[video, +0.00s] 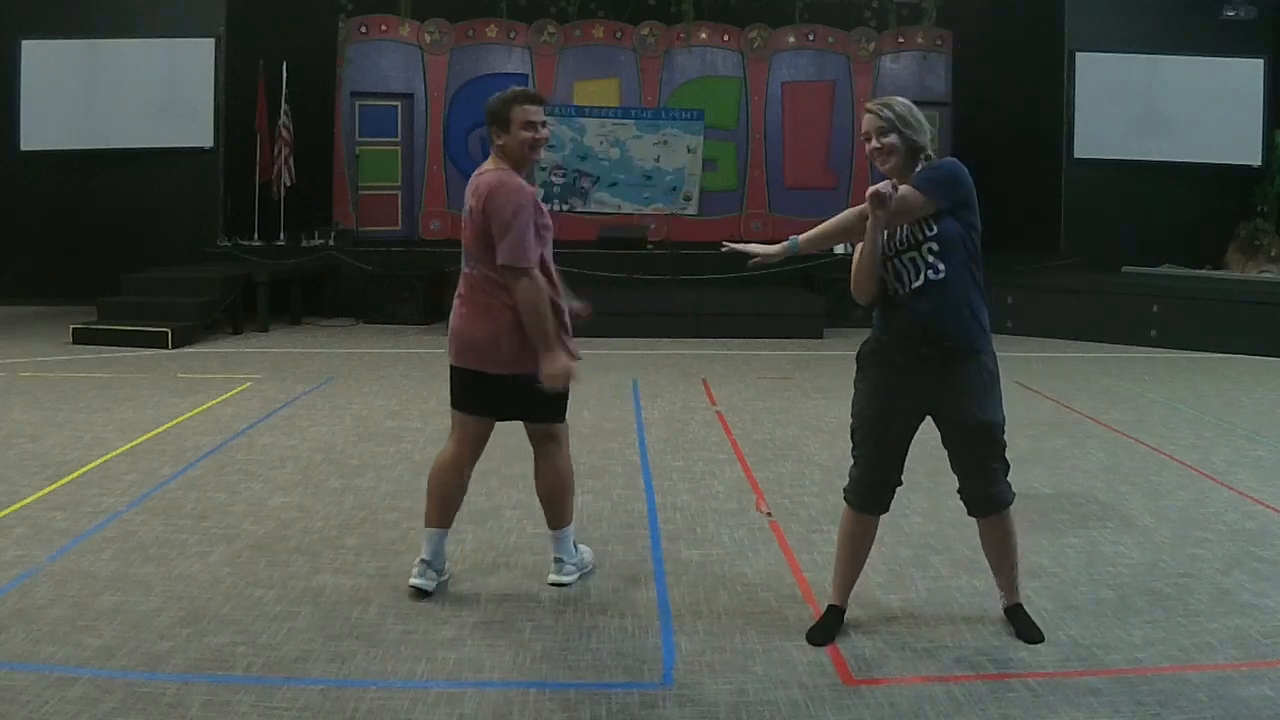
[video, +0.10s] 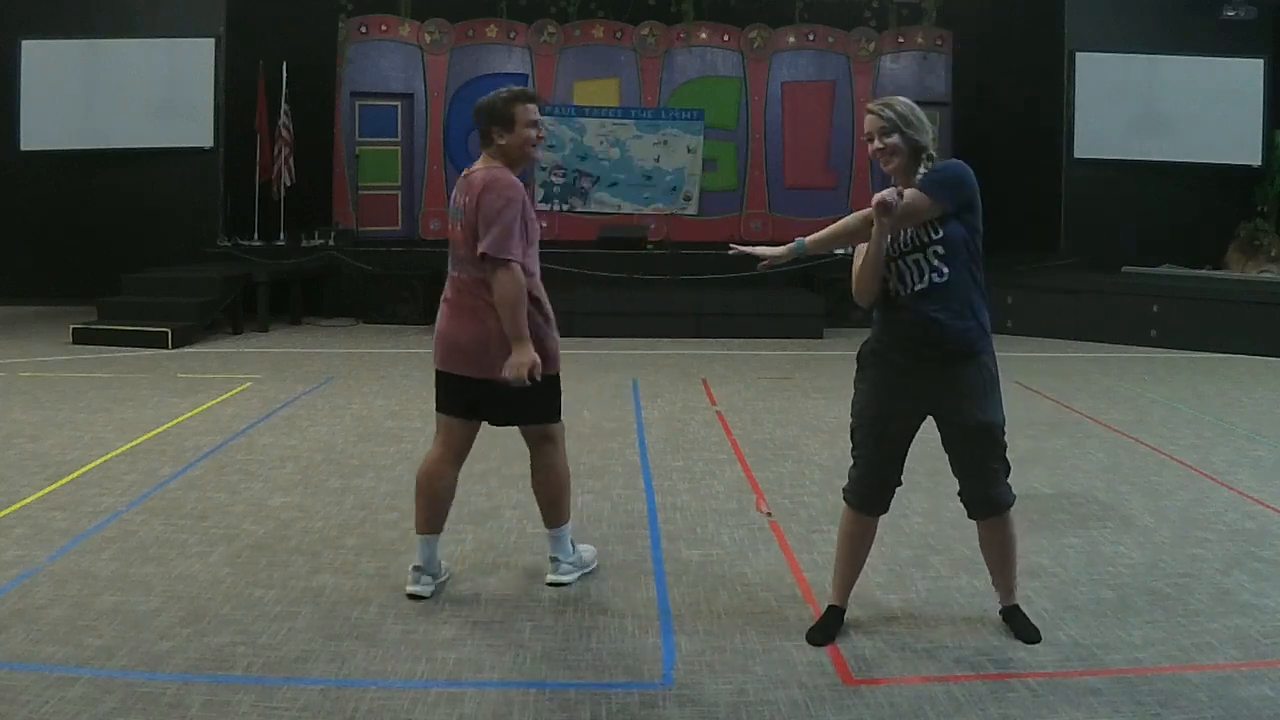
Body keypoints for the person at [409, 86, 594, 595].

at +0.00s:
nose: (540, 135)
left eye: (543, 126)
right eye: (529, 126)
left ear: (540, 130)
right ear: (500, 134)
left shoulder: (483, 181)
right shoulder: (513, 192)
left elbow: (520, 259)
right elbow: (523, 278)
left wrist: (560, 299)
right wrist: (549, 348)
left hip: (474, 342)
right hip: (523, 344)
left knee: (460, 446)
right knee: (550, 444)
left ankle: (430, 561)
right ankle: (565, 556)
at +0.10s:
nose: (541, 133)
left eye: (539, 124)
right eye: (531, 125)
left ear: (496, 135)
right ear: (499, 133)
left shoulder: (469, 179)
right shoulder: (504, 186)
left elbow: (473, 262)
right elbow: (503, 268)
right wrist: (520, 344)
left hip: (460, 340)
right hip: (515, 341)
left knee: (447, 448)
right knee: (546, 442)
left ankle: (425, 567)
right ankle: (563, 555)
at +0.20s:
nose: (538, 133)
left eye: (536, 123)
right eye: (533, 124)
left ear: (483, 133)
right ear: (510, 132)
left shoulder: (451, 183)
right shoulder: (509, 189)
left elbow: (443, 259)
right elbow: (512, 272)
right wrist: (534, 347)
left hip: (447, 345)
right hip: (505, 347)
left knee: (439, 446)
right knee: (547, 435)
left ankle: (424, 567)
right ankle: (549, 555)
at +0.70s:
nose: (481, 140)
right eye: (482, 133)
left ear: (431, 128)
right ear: (478, 134)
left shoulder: (390, 189)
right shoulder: (500, 189)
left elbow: (382, 274)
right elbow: (551, 252)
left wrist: (395, 331)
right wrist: (588, 298)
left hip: (425, 344)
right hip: (497, 344)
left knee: (423, 448)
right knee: (521, 443)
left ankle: (421, 570)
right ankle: (548, 558)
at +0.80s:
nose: (477, 141)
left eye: (476, 134)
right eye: (478, 134)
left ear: (426, 127)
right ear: (470, 132)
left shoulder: (378, 180)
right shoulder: (484, 184)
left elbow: (361, 258)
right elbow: (541, 247)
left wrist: (367, 322)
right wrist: (588, 300)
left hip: (415, 339)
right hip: (486, 333)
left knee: (421, 447)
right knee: (523, 415)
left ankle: (422, 569)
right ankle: (557, 499)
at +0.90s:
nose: (478, 136)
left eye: (477, 130)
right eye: (479, 130)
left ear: (427, 122)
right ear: (471, 128)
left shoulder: (375, 174)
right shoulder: (481, 185)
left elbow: (347, 246)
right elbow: (536, 246)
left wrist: (347, 310)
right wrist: (583, 303)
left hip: (410, 337)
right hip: (481, 326)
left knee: (418, 447)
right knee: (513, 394)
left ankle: (423, 566)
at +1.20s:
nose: (465, 145)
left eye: (462, 140)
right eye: (465, 139)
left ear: (410, 137)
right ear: (457, 141)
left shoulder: (371, 193)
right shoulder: (468, 194)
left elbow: (340, 261)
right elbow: (489, 257)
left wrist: (322, 317)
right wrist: (512, 317)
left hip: (403, 350)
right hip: (470, 346)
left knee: (415, 461)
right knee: (497, 445)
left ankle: (441, 567)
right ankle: (510, 374)